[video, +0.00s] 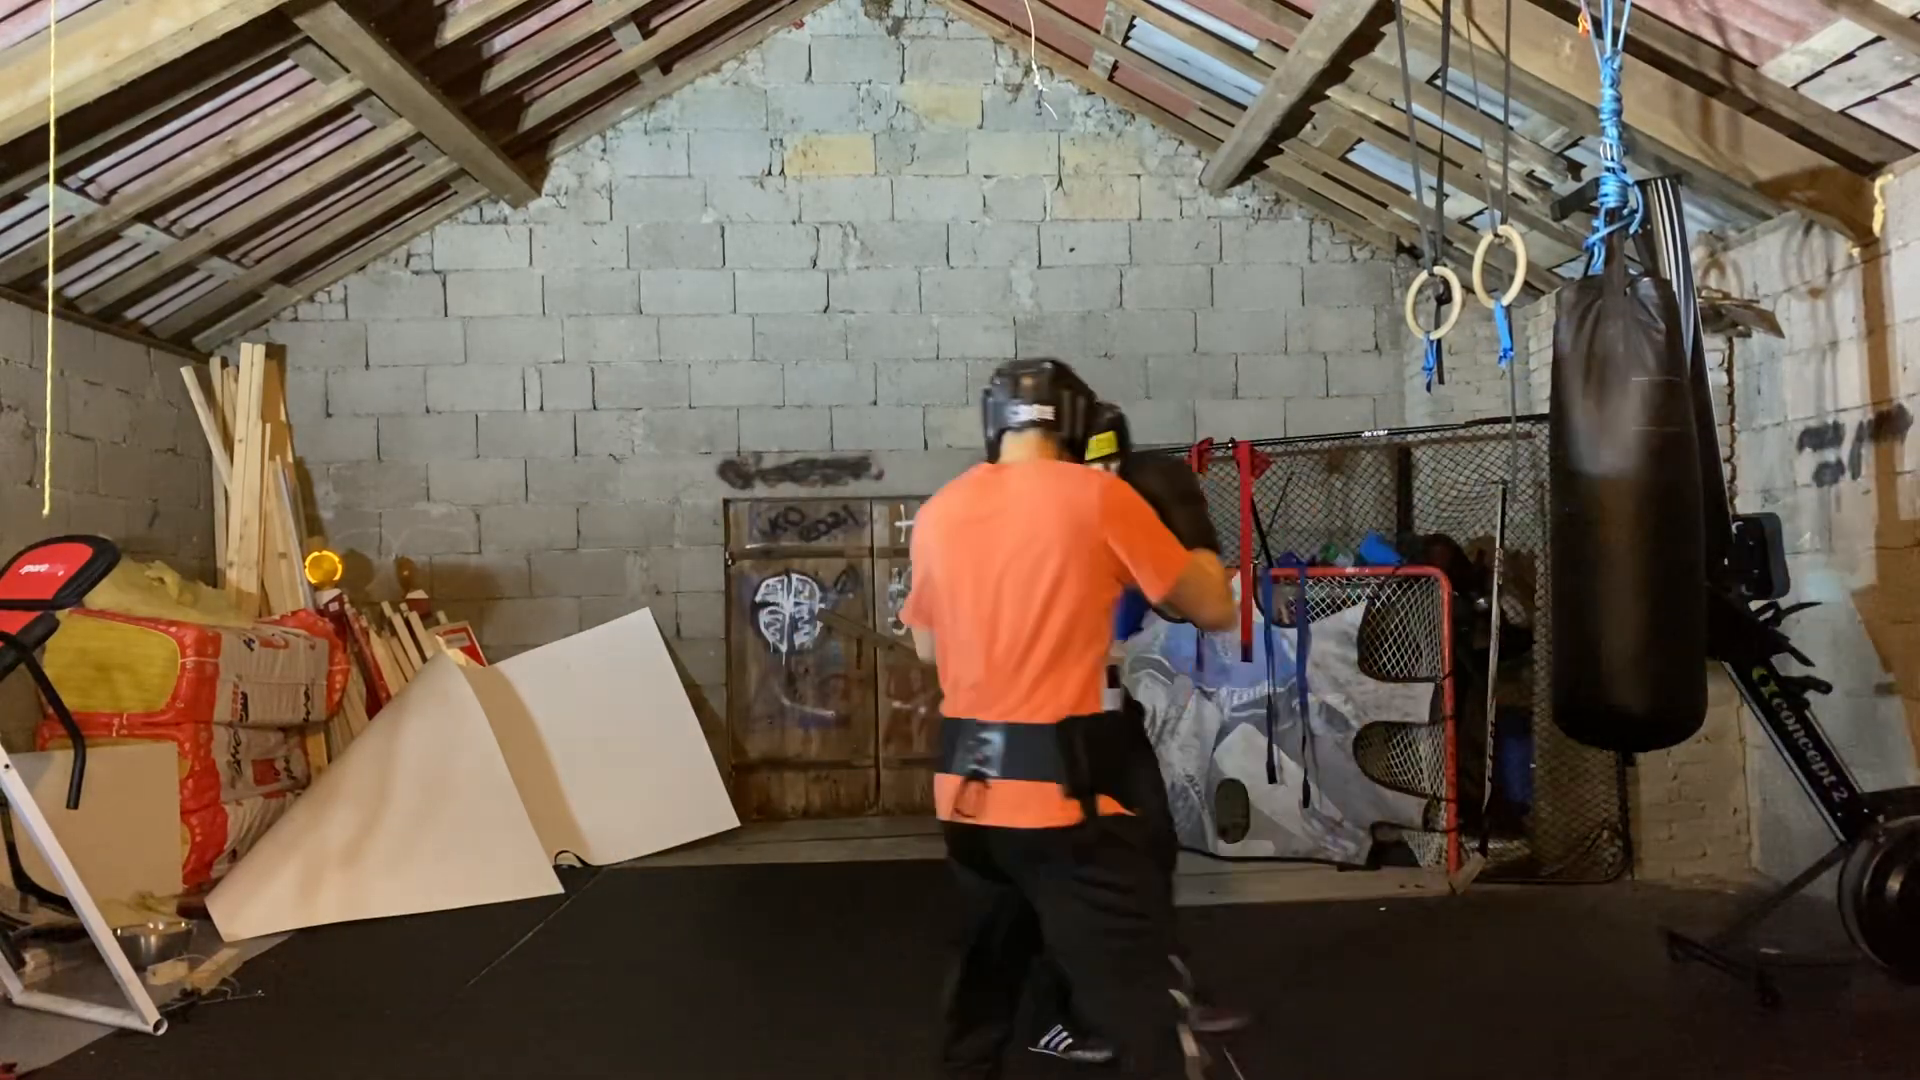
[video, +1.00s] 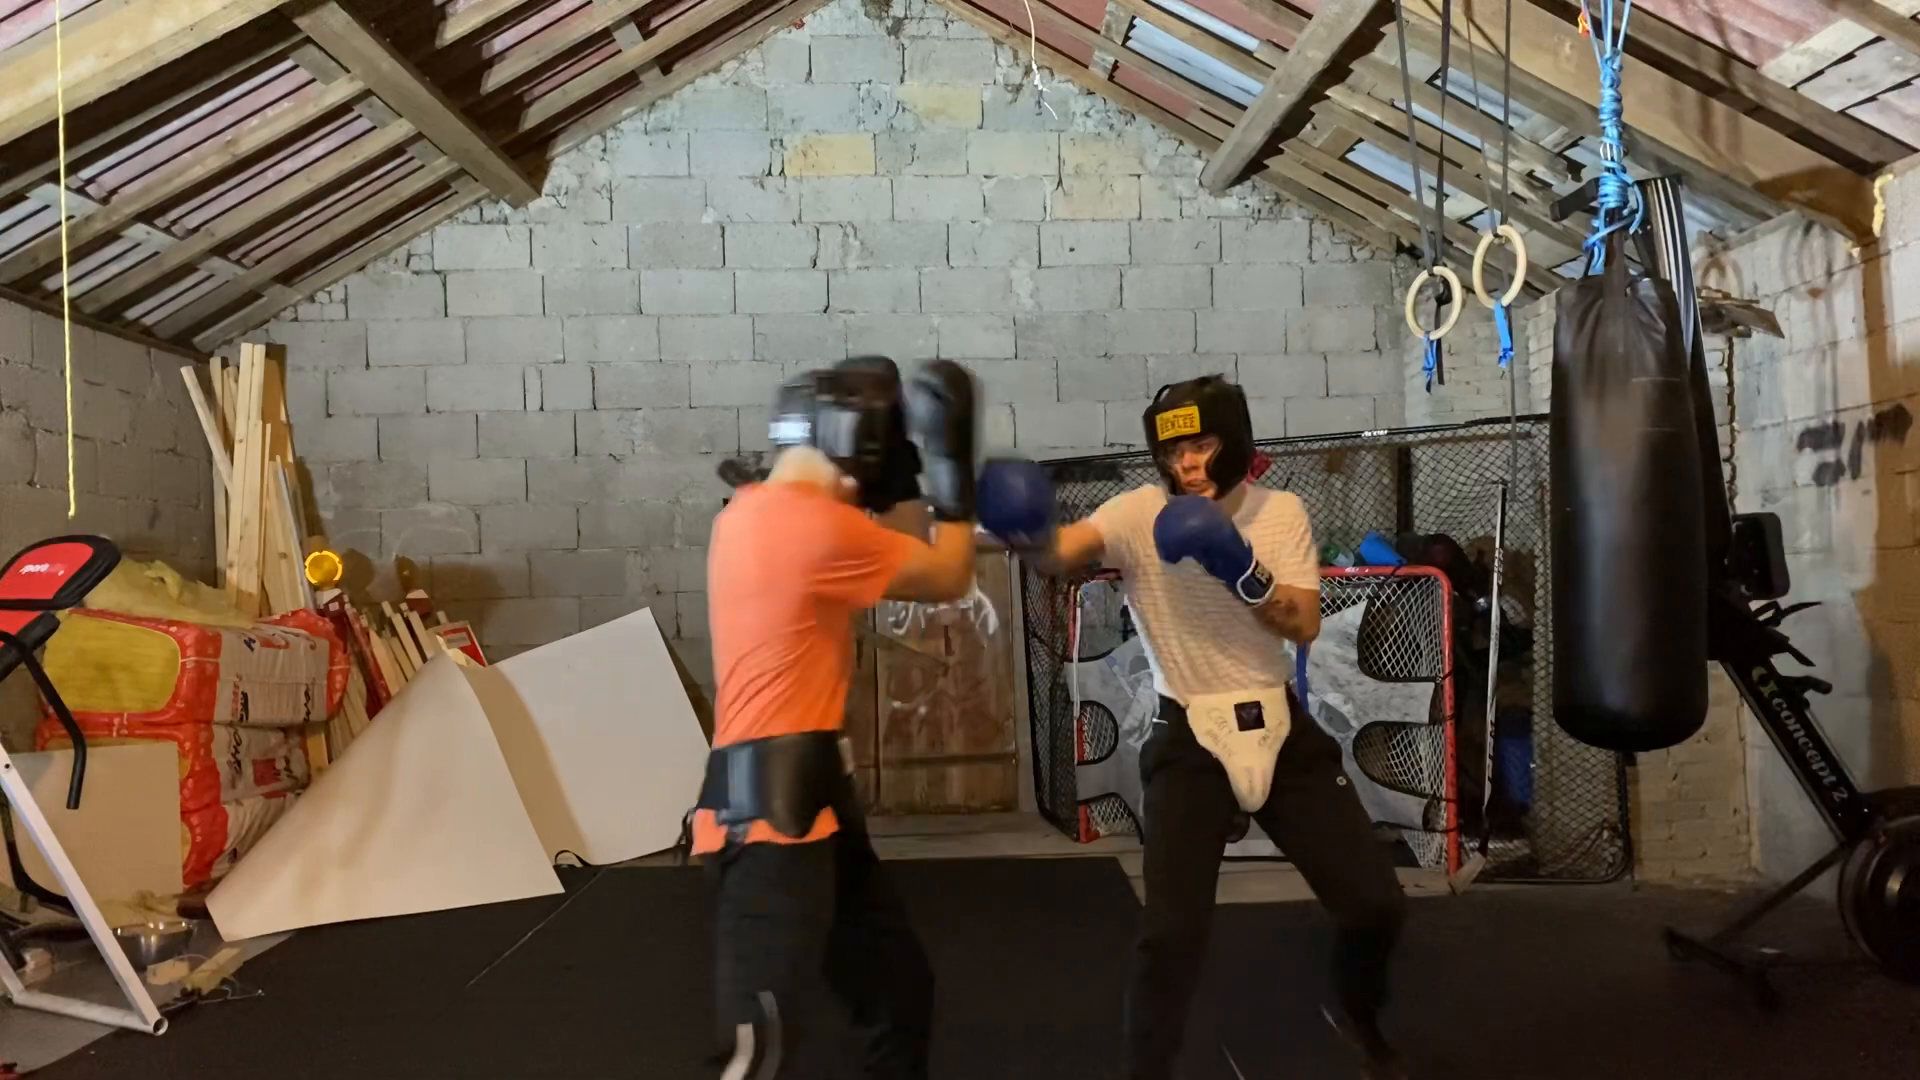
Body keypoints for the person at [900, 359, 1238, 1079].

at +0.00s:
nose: (1086, 431)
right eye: (1082, 418)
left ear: (992, 425)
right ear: (1072, 422)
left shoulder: (938, 512)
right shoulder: (1097, 498)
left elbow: (932, 638)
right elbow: (1215, 606)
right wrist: (1180, 514)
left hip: (966, 800)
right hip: (1066, 802)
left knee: (987, 983)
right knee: (1136, 1008)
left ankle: (968, 1062)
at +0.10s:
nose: (1057, 429)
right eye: (1055, 417)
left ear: (963, 416)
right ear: (1045, 418)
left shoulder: (909, 502)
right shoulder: (1063, 491)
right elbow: (1171, 586)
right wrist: (1144, 476)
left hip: (932, 796)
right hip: (1024, 800)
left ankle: (950, 1062)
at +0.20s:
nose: (1031, 428)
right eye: (1027, 414)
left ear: (939, 414)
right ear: (1018, 415)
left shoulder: (883, 503)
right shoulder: (1040, 492)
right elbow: (1120, 580)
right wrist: (1108, 473)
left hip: (910, 786)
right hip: (1005, 791)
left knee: (938, 1001)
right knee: (1022, 1013)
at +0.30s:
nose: (1012, 430)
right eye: (1010, 417)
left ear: (918, 417)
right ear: (1000, 419)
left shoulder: (861, 507)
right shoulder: (1016, 495)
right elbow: (1102, 587)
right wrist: (1086, 476)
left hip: (889, 782)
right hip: (977, 786)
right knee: (944, 1012)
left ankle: (946, 1041)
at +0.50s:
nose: (984, 443)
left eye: (985, 431)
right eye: (982, 428)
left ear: (890, 417)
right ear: (964, 421)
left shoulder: (822, 503)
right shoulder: (960, 500)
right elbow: (1058, 592)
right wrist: (1055, 474)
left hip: (850, 804)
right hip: (921, 812)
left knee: (927, 1029)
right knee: (893, 1047)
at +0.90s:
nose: (935, 462)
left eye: (942, 448)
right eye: (938, 447)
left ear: (851, 427)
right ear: (916, 437)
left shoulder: (783, 501)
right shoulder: (871, 507)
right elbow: (977, 588)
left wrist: (957, 496)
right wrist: (1002, 477)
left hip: (762, 801)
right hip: (807, 809)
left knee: (867, 1021)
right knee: (812, 1044)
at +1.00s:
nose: (890, 468)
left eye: (895, 449)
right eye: (889, 447)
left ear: (801, 431)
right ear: (859, 447)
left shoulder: (742, 516)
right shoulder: (818, 527)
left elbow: (892, 556)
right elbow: (950, 573)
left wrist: (912, 471)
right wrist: (953, 457)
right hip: (783, 821)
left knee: (897, 992)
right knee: (763, 1044)